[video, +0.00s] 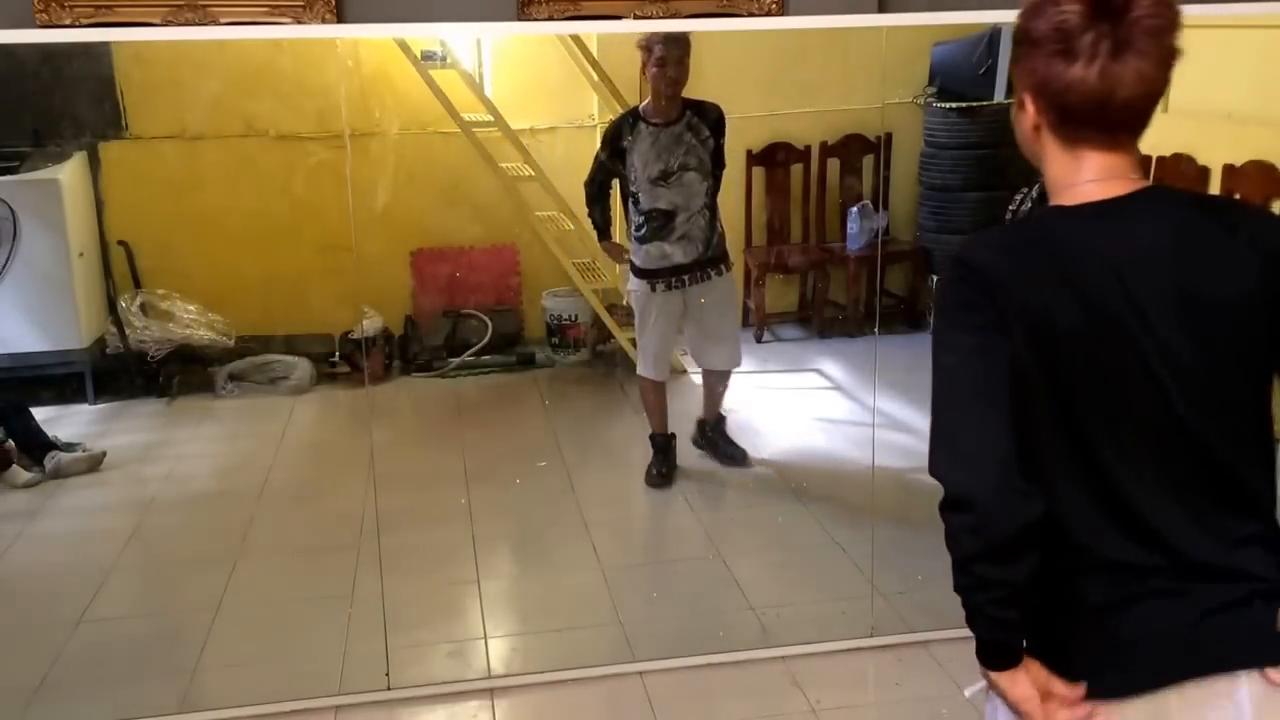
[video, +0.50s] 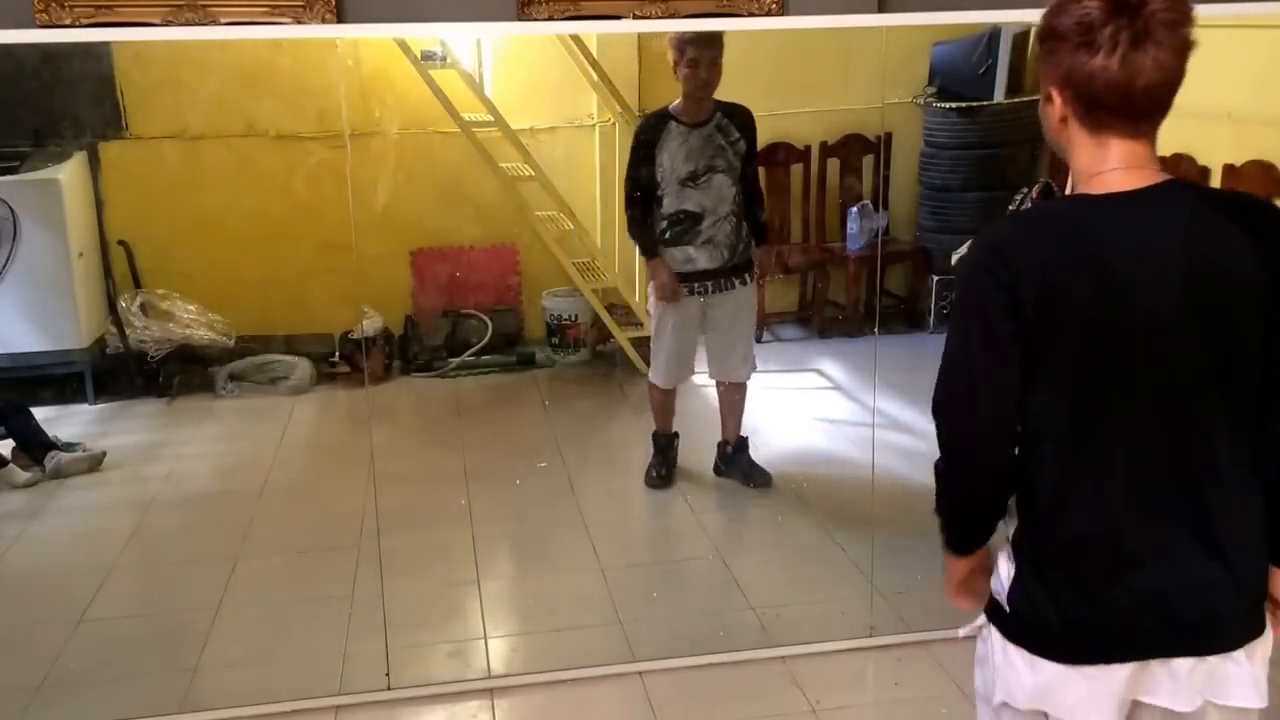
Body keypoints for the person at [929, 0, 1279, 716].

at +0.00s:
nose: (1013, 111)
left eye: (1014, 96)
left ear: (1029, 111)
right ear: (1151, 99)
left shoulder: (988, 272)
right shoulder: (1250, 240)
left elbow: (976, 486)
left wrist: (1001, 651)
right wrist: (1275, 622)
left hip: (1077, 670)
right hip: (1246, 644)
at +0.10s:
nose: (1000, 113)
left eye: (999, 96)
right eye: (1000, 93)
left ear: (1015, 110)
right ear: (1132, 94)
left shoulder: (980, 272)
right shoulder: (1237, 239)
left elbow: (980, 492)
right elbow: (1279, 441)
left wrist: (993, 659)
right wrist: (1272, 621)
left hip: (1066, 666)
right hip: (1228, 650)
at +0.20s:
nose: (997, 113)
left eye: (996, 96)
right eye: (997, 93)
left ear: (1012, 109)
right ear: (1126, 94)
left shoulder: (979, 270)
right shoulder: (1230, 237)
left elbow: (981, 487)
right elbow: (1269, 439)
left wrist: (975, 653)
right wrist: (1274, 607)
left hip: (1058, 668)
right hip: (1217, 653)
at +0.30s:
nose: (1000, 111)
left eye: (1001, 95)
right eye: (1002, 92)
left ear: (1017, 108)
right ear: (1129, 93)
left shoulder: (989, 263)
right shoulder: (1228, 238)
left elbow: (979, 477)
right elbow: (1268, 433)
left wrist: (951, 632)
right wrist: (1274, 589)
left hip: (1057, 654)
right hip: (1215, 641)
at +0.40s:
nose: (1014, 112)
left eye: (1015, 95)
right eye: (1018, 93)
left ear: (1033, 108)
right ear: (1144, 96)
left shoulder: (1003, 262)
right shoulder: (1239, 235)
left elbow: (978, 464)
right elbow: (1276, 423)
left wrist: (940, 587)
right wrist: (1275, 568)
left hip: (1060, 647)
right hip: (1213, 631)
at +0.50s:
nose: (1040, 103)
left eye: (1041, 87)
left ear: (1054, 102)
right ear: (1167, 90)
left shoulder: (1010, 257)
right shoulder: (1255, 236)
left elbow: (973, 443)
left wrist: (966, 565)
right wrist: (1273, 564)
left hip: (1061, 631)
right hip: (1221, 627)